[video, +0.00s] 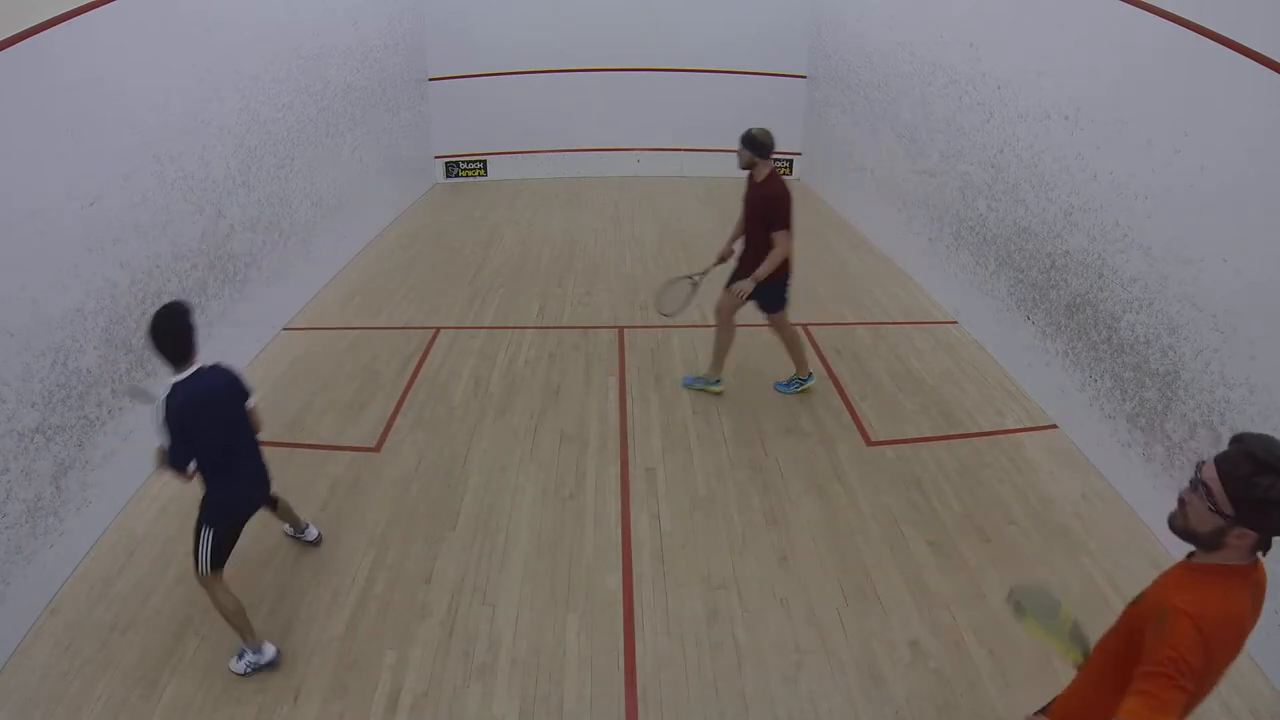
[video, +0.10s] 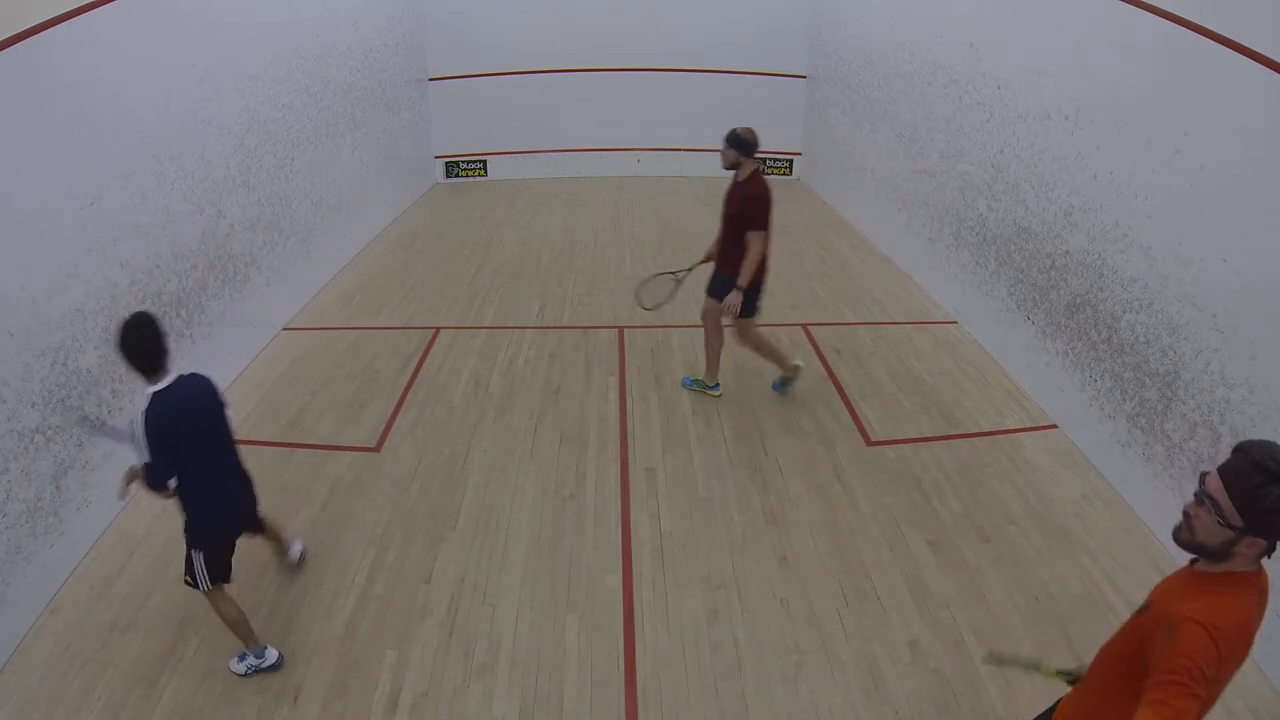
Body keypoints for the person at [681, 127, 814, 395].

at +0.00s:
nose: (737, 154)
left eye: (741, 150)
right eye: (739, 150)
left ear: (754, 155)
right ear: (759, 154)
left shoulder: (776, 191)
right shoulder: (754, 177)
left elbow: (782, 248)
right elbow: (747, 218)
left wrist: (753, 279)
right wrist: (729, 245)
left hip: (773, 268)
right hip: (750, 260)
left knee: (778, 321)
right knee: (724, 310)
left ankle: (804, 374)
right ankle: (713, 376)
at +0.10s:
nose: (722, 153)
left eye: (726, 149)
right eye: (724, 148)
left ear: (738, 153)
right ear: (743, 153)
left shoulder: (756, 190)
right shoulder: (741, 178)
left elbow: (756, 247)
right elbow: (734, 223)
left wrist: (739, 289)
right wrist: (716, 248)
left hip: (745, 273)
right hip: (727, 266)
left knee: (744, 333)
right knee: (710, 315)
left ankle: (790, 368)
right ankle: (710, 380)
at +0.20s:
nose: (708, 149)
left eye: (713, 145)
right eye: (709, 144)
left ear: (726, 149)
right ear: (726, 148)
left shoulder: (736, 184)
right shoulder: (727, 175)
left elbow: (735, 240)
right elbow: (720, 222)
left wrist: (725, 286)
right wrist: (703, 248)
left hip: (724, 270)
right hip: (714, 264)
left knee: (707, 330)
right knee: (707, 326)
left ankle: (754, 367)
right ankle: (710, 380)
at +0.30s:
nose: (691, 146)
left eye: (696, 142)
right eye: (693, 141)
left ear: (709, 145)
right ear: (711, 145)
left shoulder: (718, 179)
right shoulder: (717, 172)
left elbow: (719, 240)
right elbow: (711, 221)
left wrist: (705, 283)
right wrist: (694, 249)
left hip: (707, 267)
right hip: (712, 262)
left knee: (675, 324)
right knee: (708, 320)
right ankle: (709, 379)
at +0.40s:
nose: (675, 148)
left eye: (680, 143)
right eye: (676, 142)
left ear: (695, 147)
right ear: (697, 146)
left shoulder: (698, 182)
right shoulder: (710, 174)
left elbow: (698, 241)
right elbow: (704, 228)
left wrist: (679, 284)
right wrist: (682, 254)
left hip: (691, 271)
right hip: (708, 267)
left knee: (660, 326)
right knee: (703, 320)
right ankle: (710, 380)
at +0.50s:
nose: (659, 154)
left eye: (663, 149)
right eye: (660, 149)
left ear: (677, 152)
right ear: (684, 151)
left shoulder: (676, 190)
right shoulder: (701, 180)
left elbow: (670, 246)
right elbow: (692, 233)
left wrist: (651, 288)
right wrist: (660, 267)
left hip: (674, 277)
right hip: (697, 272)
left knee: (645, 333)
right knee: (690, 321)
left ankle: (633, 408)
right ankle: (709, 380)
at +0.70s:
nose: (633, 152)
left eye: (637, 147)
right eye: (634, 146)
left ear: (652, 149)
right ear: (660, 149)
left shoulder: (646, 187)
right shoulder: (683, 179)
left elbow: (633, 246)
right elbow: (677, 232)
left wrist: (604, 282)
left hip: (646, 277)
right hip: (676, 273)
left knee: (632, 339)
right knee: (668, 323)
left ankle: (633, 409)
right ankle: (689, 389)